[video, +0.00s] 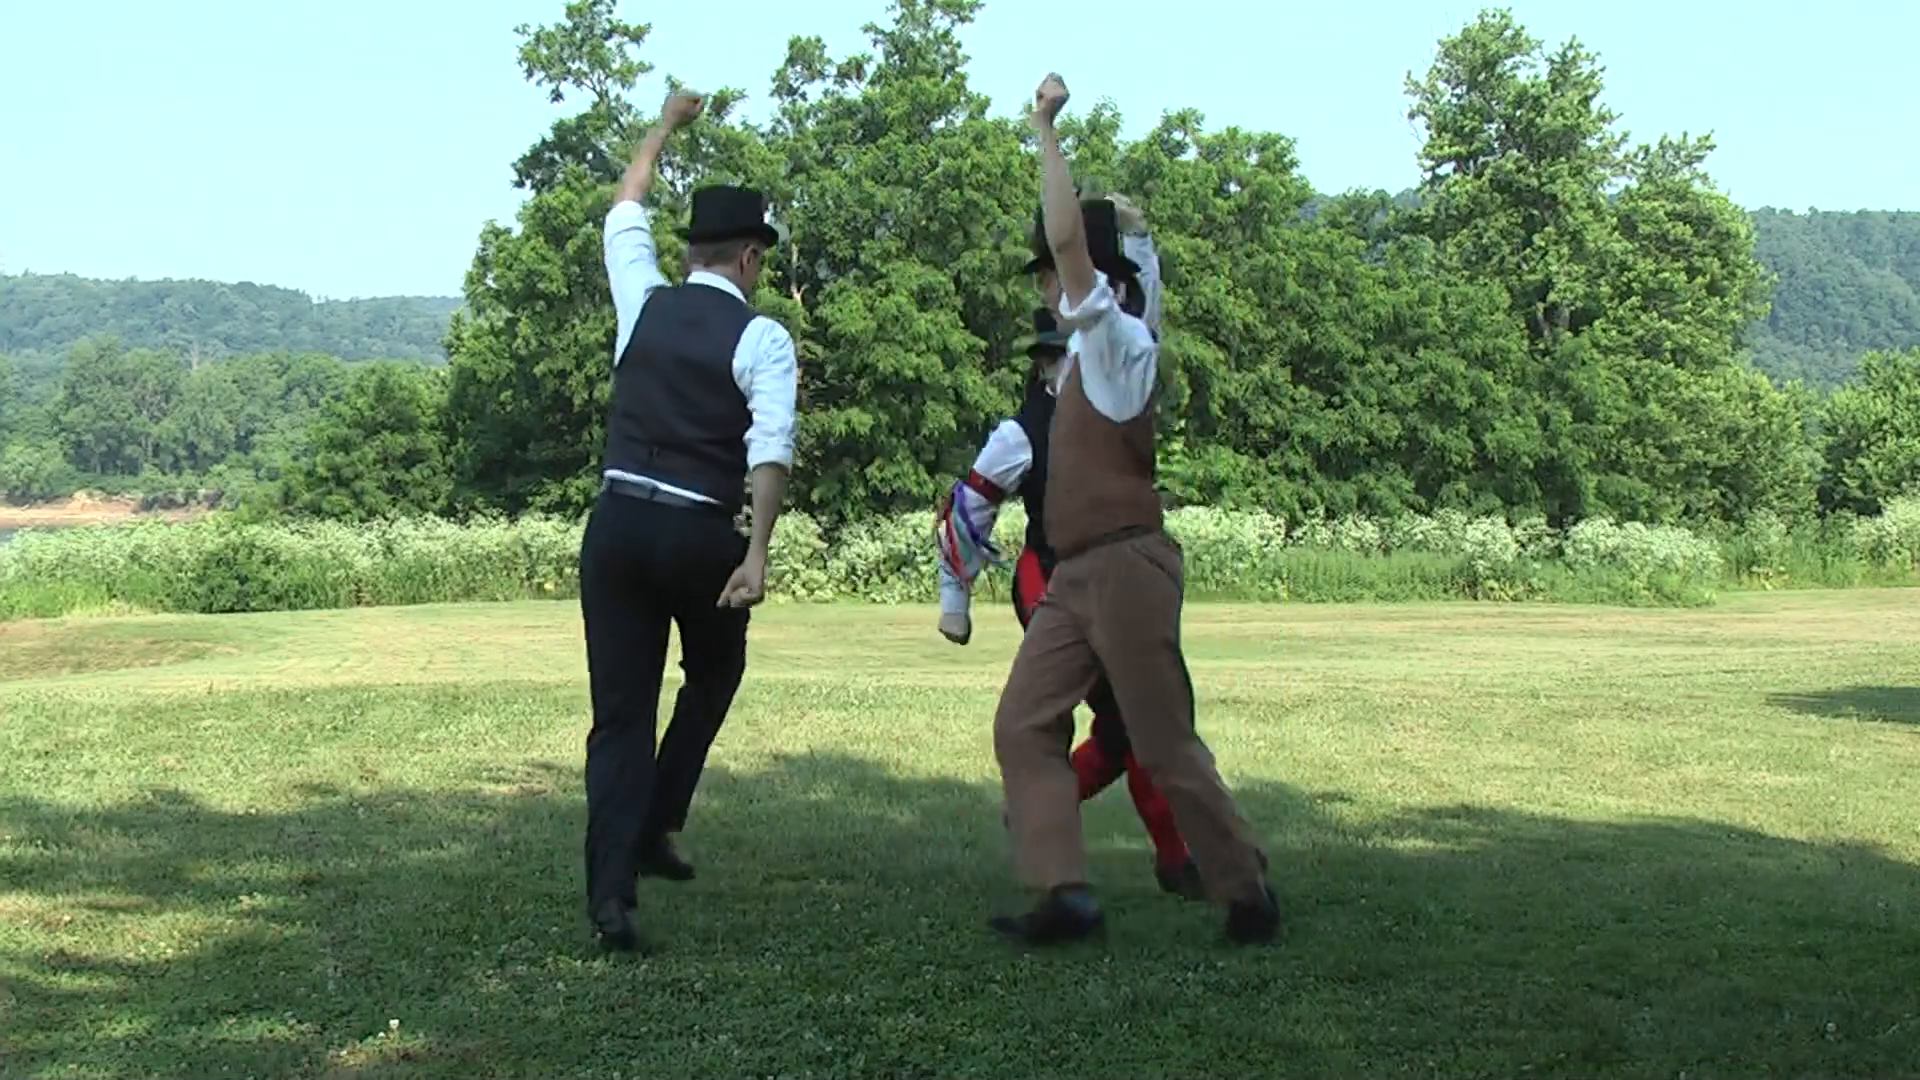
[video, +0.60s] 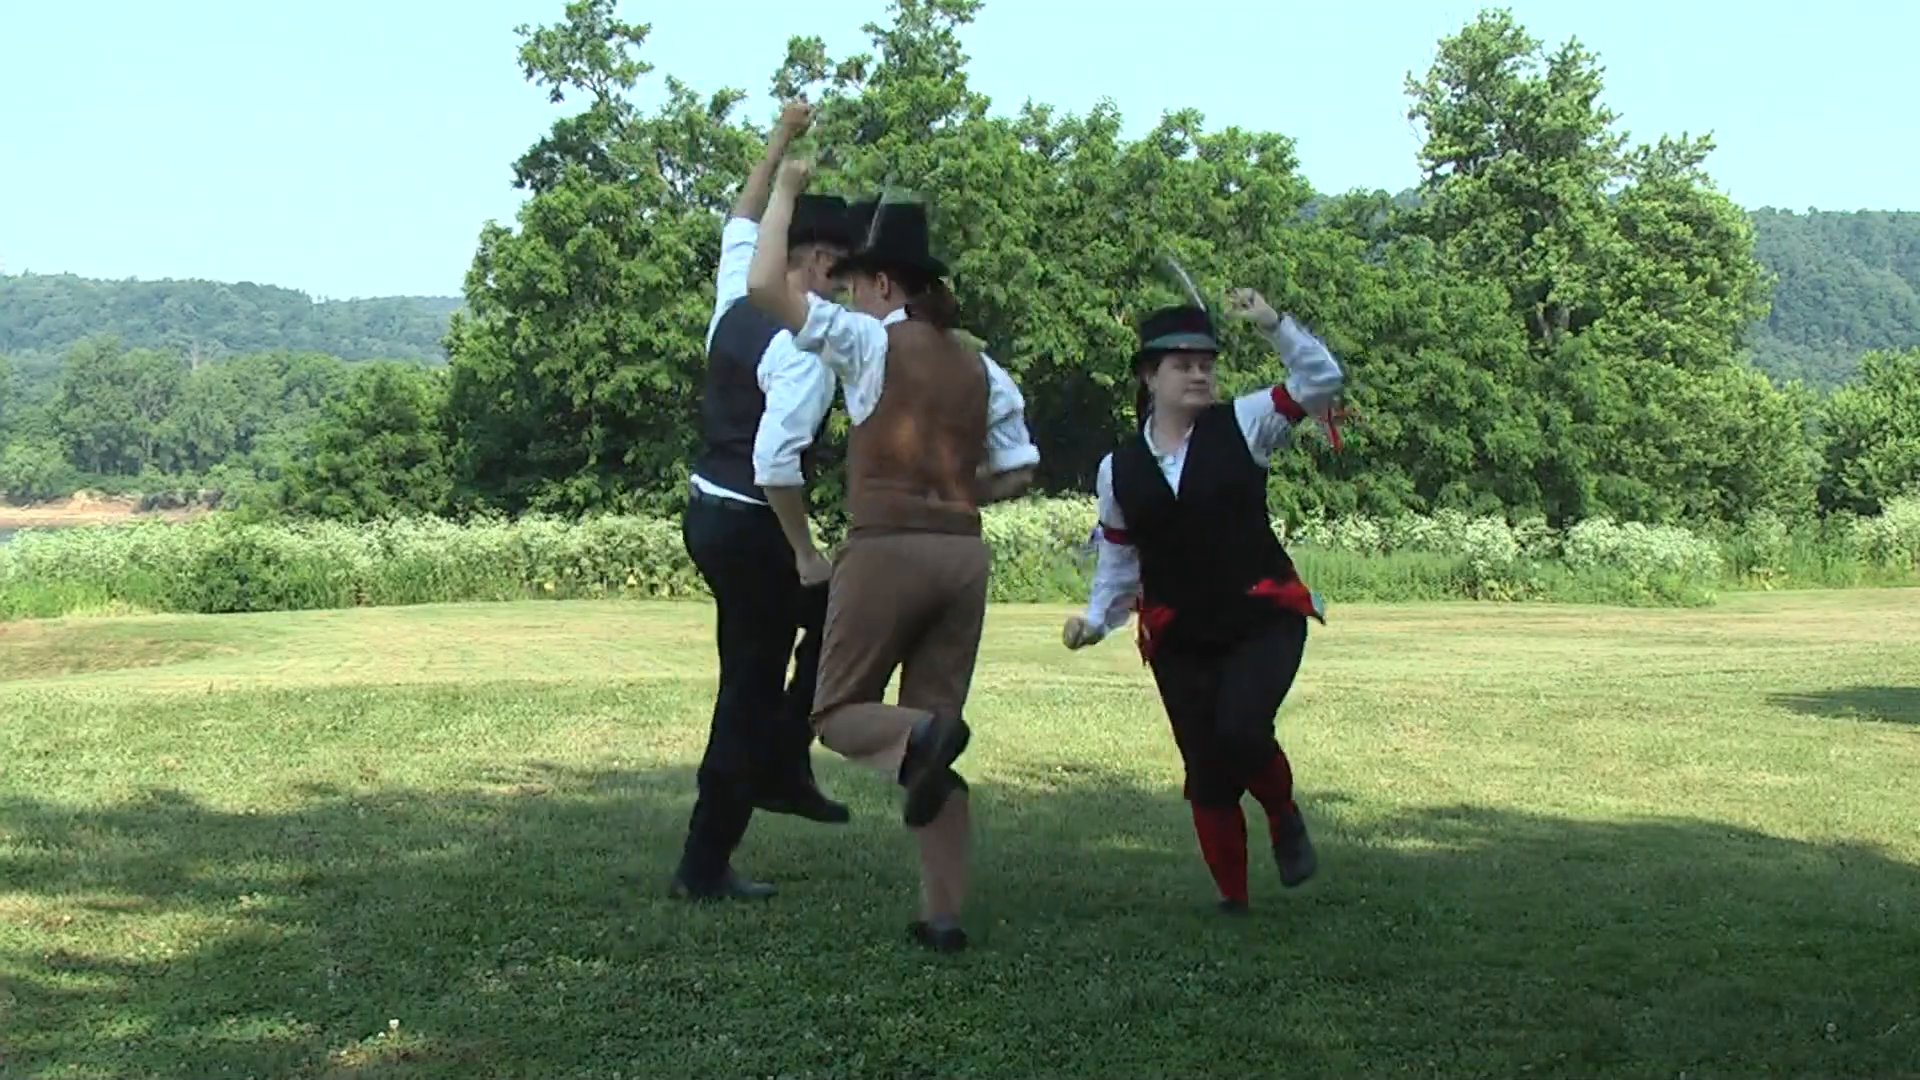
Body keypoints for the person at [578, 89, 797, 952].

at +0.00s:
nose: (765, 263)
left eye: (760, 251)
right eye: (761, 252)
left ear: (692, 251)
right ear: (748, 258)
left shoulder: (643, 300)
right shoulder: (764, 336)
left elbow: (625, 207)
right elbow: (768, 448)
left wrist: (663, 127)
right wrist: (758, 549)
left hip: (616, 522)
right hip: (702, 534)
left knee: (617, 716)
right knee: (714, 671)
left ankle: (610, 905)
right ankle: (657, 826)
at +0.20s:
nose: (784, 291)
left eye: (783, 278)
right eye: (783, 280)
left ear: (710, 275)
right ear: (763, 280)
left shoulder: (666, 323)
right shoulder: (766, 366)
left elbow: (661, 227)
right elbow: (758, 484)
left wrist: (696, 137)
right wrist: (763, 588)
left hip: (628, 539)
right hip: (700, 554)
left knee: (637, 701)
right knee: (690, 724)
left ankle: (570, 783)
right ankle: (643, 884)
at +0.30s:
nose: (792, 276)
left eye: (791, 263)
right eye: (791, 263)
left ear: (729, 254)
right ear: (772, 259)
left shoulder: (679, 300)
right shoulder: (774, 341)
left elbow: (675, 207)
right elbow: (768, 460)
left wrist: (710, 125)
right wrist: (777, 553)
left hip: (643, 519)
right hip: (707, 534)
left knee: (690, 649)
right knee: (698, 705)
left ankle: (598, 750)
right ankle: (645, 878)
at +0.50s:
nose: (831, 245)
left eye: (829, 230)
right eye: (825, 231)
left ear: (761, 226)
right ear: (797, 232)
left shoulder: (713, 275)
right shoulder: (796, 314)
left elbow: (720, 186)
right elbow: (775, 439)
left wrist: (759, 104)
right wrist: (786, 531)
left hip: (683, 484)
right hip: (736, 500)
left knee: (809, 583)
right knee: (736, 686)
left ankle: (720, 731)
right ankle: (688, 862)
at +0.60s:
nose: (841, 282)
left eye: (842, 268)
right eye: (836, 268)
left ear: (790, 254)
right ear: (813, 263)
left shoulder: (736, 300)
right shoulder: (808, 347)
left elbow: (746, 218)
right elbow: (774, 461)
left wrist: (781, 145)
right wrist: (806, 548)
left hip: (707, 508)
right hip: (756, 527)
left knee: (827, 600)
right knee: (752, 695)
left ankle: (786, 764)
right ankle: (704, 862)